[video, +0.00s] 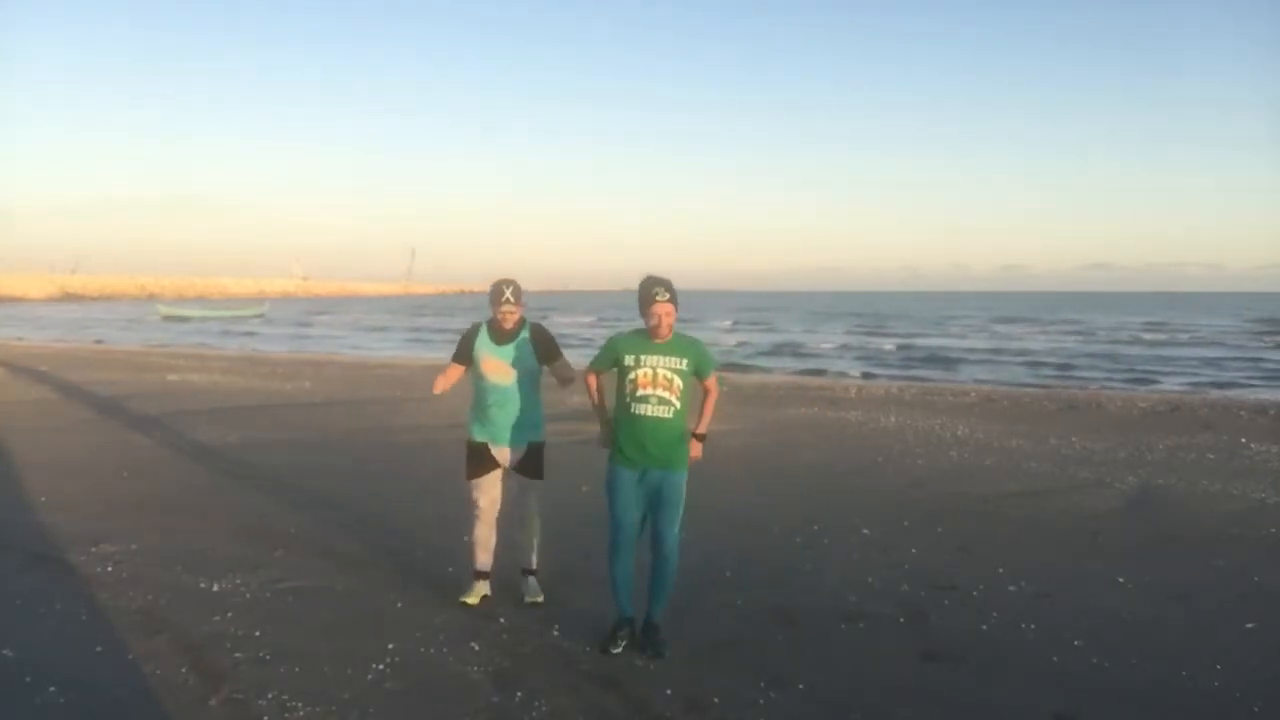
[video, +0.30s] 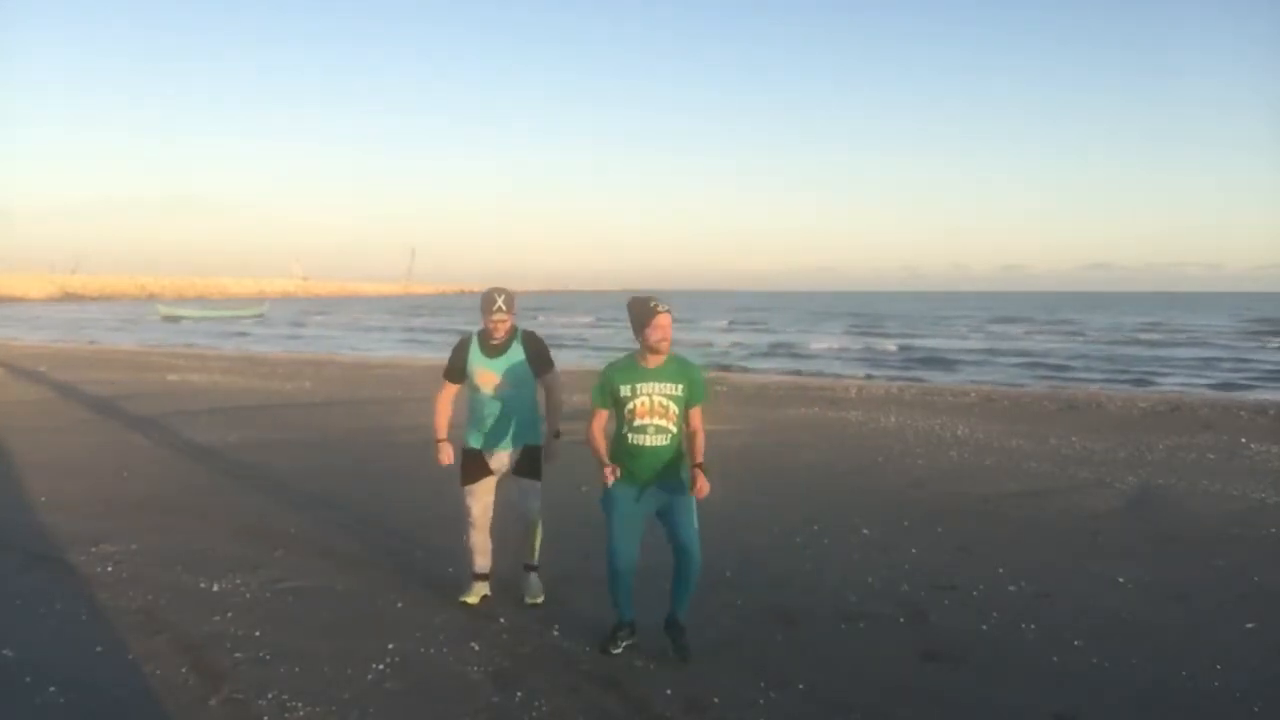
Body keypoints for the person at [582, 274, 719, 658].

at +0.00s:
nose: (661, 319)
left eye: (666, 311)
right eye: (654, 312)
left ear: (675, 312)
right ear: (643, 312)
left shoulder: (694, 351)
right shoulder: (621, 345)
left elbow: (712, 388)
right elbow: (592, 376)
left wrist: (699, 433)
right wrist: (604, 423)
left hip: (672, 462)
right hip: (627, 459)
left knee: (667, 544)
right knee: (622, 541)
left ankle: (653, 623)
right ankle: (623, 620)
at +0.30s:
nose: (666, 335)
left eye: (668, 328)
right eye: (658, 329)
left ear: (672, 330)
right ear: (639, 332)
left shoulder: (688, 374)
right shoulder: (614, 374)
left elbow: (695, 428)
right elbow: (596, 427)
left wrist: (697, 467)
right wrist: (605, 462)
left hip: (674, 481)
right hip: (627, 482)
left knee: (690, 553)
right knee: (620, 558)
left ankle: (676, 622)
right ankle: (623, 624)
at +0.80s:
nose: (713, 320)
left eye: (719, 312)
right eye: (705, 314)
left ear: (728, 317)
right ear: (692, 321)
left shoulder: (756, 361)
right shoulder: (680, 371)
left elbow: (791, 414)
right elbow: (663, 435)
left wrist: (769, 439)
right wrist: (686, 454)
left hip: (750, 488)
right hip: (699, 488)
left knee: (771, 576)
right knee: (672, 561)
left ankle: (776, 671)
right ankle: (641, 621)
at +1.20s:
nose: (740, 313)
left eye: (748, 305)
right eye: (733, 305)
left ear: (762, 311)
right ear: (723, 313)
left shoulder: (790, 350)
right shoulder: (710, 368)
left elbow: (851, 378)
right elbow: (680, 426)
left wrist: (817, 410)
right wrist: (714, 428)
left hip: (797, 485)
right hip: (747, 488)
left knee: (797, 582)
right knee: (745, 583)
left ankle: (783, 675)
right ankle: (749, 680)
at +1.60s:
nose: (753, 327)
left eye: (760, 319)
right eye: (745, 319)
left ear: (773, 327)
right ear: (733, 327)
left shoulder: (788, 378)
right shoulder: (711, 374)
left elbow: (803, 453)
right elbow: (675, 434)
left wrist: (800, 413)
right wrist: (700, 415)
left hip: (786, 502)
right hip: (732, 502)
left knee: (800, 594)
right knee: (714, 589)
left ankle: (780, 675)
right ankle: (694, 654)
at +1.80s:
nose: (735, 325)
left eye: (743, 318)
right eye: (728, 318)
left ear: (756, 325)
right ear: (718, 325)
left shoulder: (767, 375)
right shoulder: (693, 364)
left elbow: (782, 448)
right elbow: (634, 402)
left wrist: (776, 409)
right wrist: (660, 390)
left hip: (752, 495)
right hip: (698, 494)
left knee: (775, 583)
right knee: (673, 578)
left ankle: (778, 676)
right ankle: (652, 648)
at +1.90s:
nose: (720, 325)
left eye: (728, 318)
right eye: (714, 318)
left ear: (742, 326)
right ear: (704, 325)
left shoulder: (755, 376)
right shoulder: (678, 365)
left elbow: (768, 448)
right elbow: (623, 404)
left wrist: (762, 414)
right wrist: (643, 394)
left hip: (730, 492)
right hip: (678, 489)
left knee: (758, 575)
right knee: (654, 572)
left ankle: (773, 671)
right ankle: (650, 650)